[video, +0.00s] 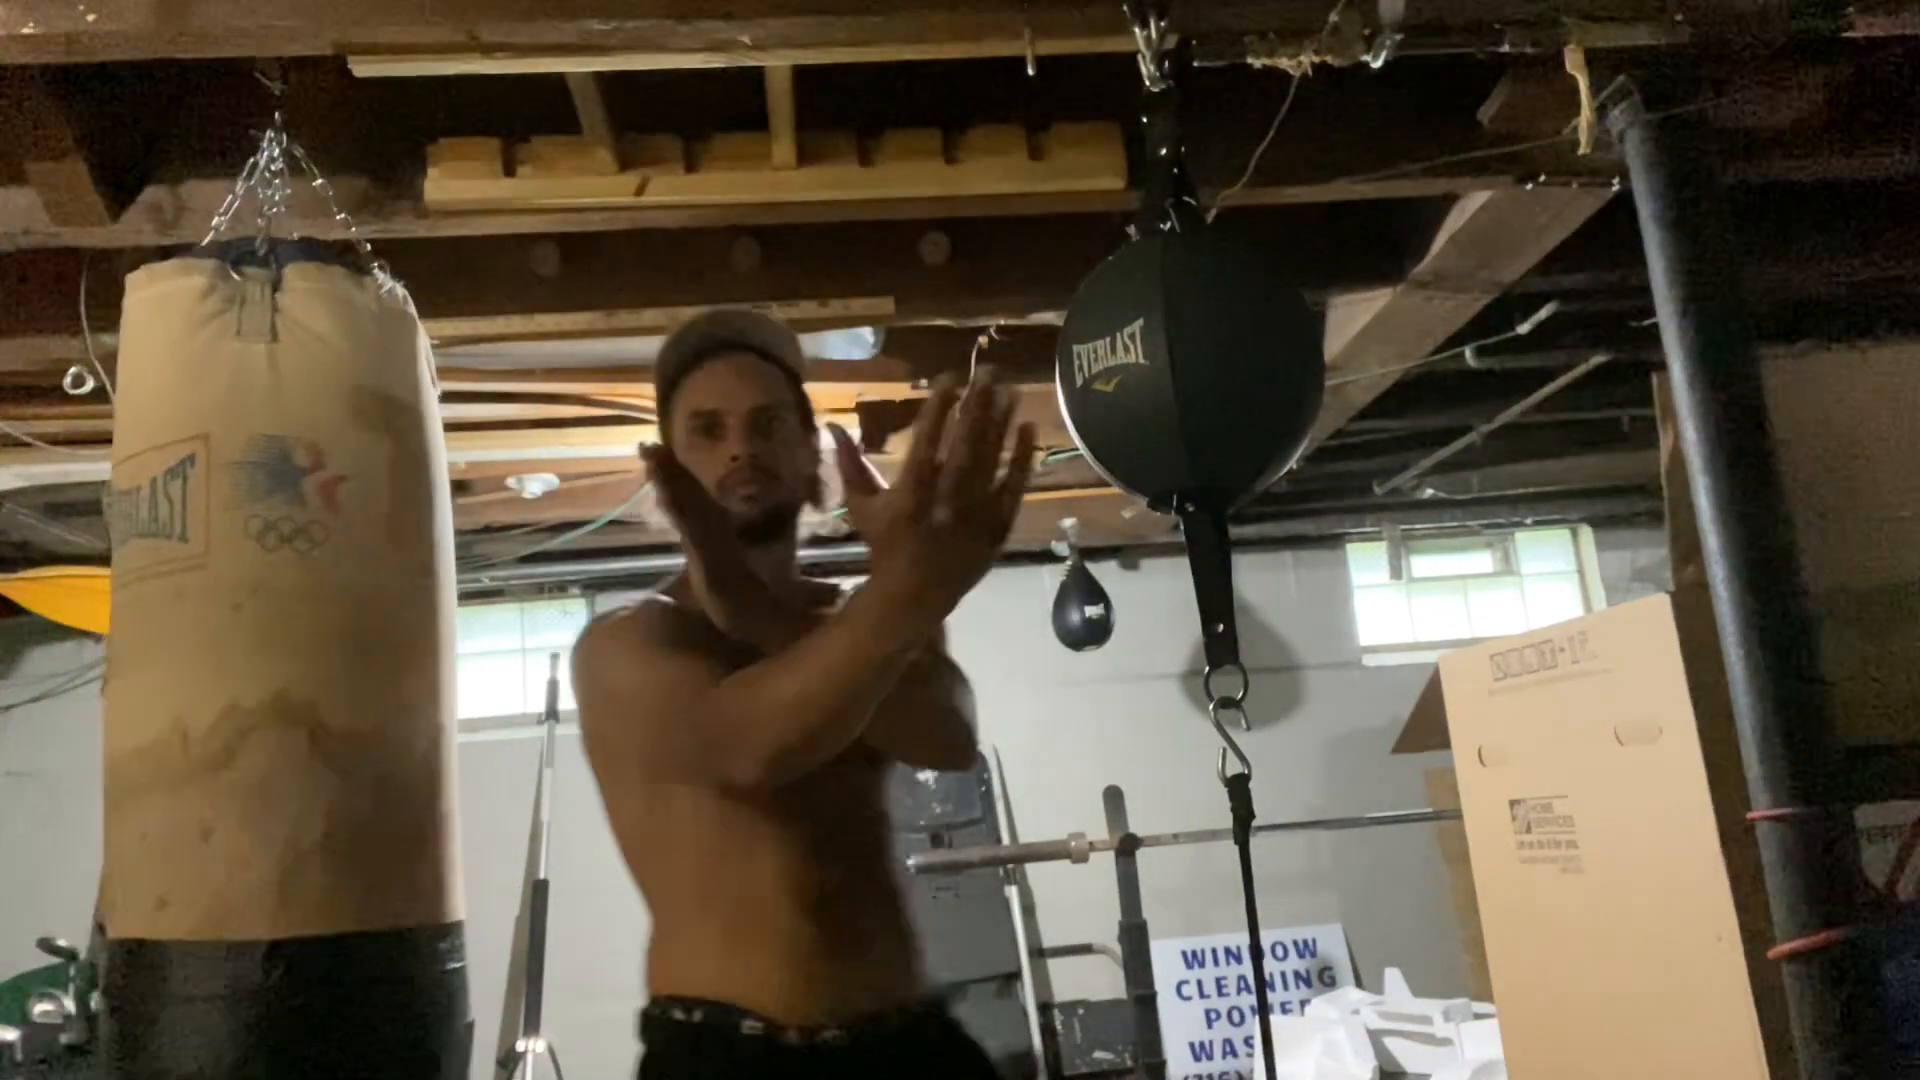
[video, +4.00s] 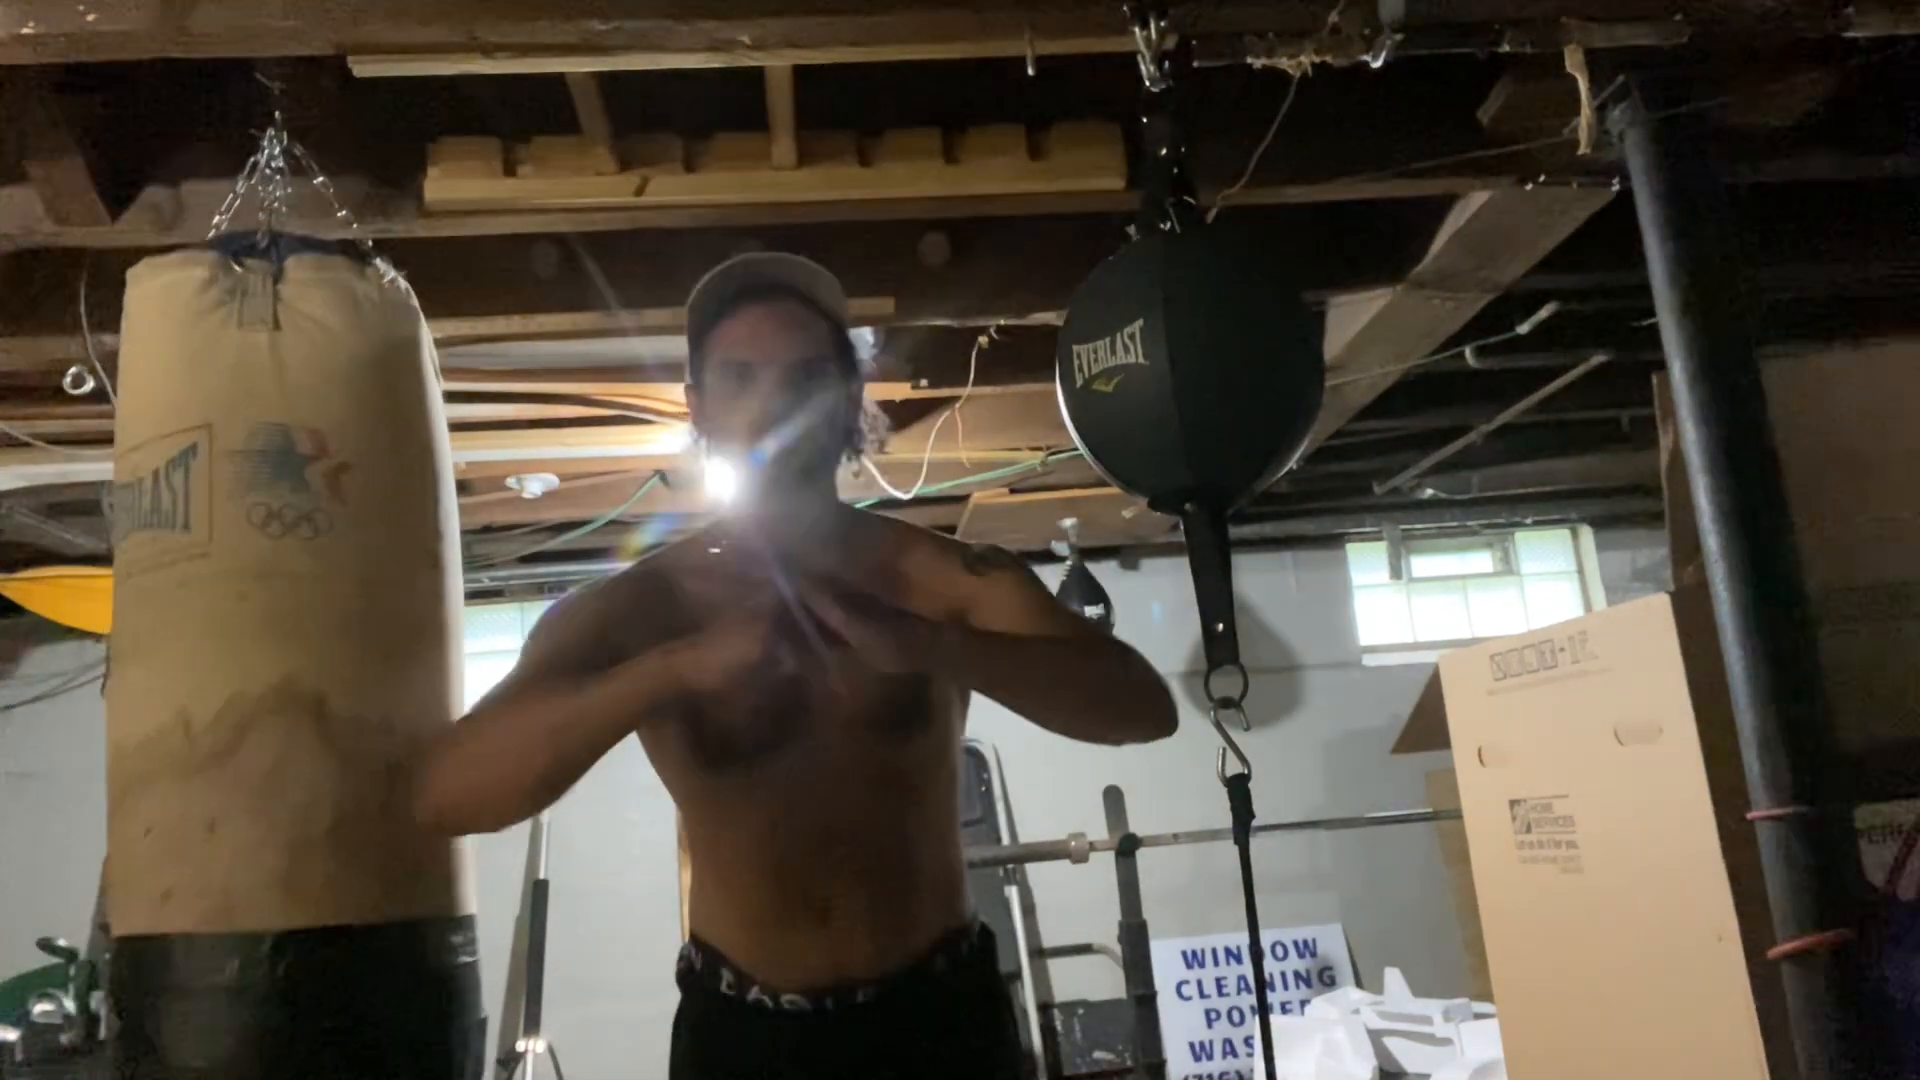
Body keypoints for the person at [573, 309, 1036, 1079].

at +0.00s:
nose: (742, 453)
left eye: (769, 425)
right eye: (708, 430)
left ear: (812, 453)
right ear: (670, 468)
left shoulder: (865, 616)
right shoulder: (623, 647)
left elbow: (950, 742)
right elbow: (745, 746)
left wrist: (753, 610)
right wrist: (911, 589)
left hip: (901, 1039)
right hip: (722, 1049)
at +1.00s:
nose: (689, 450)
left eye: (719, 425)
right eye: (659, 429)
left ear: (768, 452)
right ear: (626, 459)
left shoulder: (862, 610)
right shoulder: (589, 628)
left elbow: (836, 804)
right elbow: (578, 764)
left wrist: (622, 780)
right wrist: (582, 513)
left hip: (837, 1040)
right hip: (642, 1050)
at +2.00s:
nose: (777, 431)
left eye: (806, 401)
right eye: (748, 409)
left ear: (859, 426)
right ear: (720, 438)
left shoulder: (946, 584)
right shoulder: (689, 603)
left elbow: (912, 743)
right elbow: (594, 735)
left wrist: (656, 662)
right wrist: (629, 505)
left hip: (927, 1007)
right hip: (748, 1027)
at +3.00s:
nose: (771, 411)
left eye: (801, 379)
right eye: (737, 384)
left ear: (854, 400)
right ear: (698, 414)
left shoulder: (941, 564)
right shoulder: (653, 607)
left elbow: (1184, 652)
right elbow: (417, 766)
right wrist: (612, 610)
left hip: (948, 1016)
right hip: (750, 1033)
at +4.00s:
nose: (771, 406)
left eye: (804, 375)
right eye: (738, 377)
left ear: (854, 405)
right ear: (695, 408)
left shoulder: (934, 576)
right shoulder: (630, 610)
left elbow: (1146, 708)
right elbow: (448, 795)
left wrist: (935, 649)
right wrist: (672, 671)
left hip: (938, 1016)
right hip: (740, 1032)